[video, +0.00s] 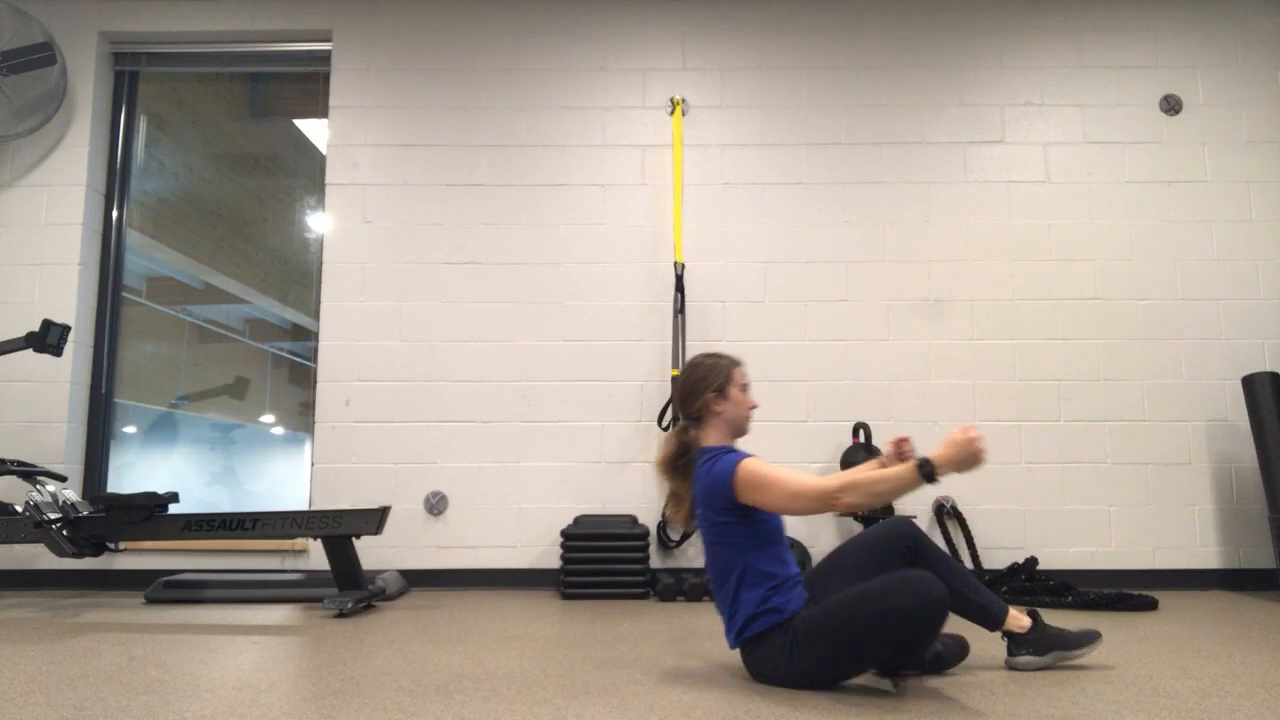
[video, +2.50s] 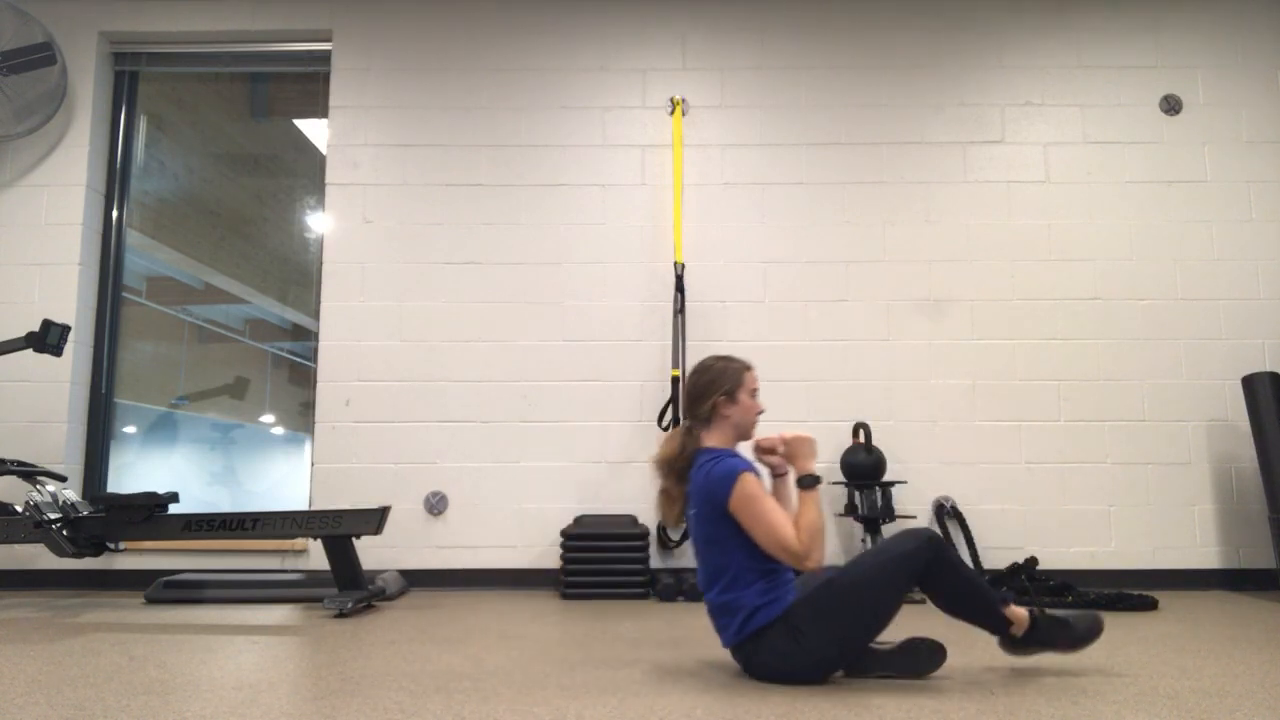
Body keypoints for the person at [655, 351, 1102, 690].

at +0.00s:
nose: (753, 401)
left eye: (749, 389)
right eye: (744, 391)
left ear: (715, 401)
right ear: (714, 402)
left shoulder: (723, 464)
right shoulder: (725, 470)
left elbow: (821, 494)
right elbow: (833, 498)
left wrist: (880, 467)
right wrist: (934, 466)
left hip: (790, 612)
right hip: (779, 644)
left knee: (900, 535)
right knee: (924, 590)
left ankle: (1019, 628)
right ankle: (905, 659)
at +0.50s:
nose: (617, 467)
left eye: (609, 459)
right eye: (605, 463)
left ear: (582, 485)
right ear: (581, 484)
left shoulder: (608, 535)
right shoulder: (613, 547)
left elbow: (705, 579)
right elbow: (720, 588)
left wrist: (706, 510)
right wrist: (723, 506)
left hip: (741, 624)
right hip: (750, 649)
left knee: (811, 482)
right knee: (842, 508)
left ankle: (950, 537)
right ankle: (921, 624)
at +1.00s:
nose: (500, 566)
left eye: (487, 565)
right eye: (484, 573)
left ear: (492, 605)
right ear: (484, 609)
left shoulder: (544, 615)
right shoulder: (546, 638)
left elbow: (644, 598)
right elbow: (652, 610)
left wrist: (578, 572)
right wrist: (578, 575)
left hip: (701, 604)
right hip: (714, 617)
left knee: (637, 461)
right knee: (634, 462)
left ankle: (743, 370)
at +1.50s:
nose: (502, 569)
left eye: (490, 566)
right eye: (487, 574)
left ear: (492, 607)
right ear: (482, 609)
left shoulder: (542, 621)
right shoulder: (542, 640)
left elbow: (641, 598)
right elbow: (646, 597)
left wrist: (570, 574)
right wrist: (571, 573)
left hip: (702, 604)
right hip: (708, 612)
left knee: (641, 454)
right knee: (639, 455)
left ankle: (766, 381)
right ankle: (766, 374)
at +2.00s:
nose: (654, 457)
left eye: (647, 448)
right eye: (641, 451)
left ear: (613, 469)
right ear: (610, 470)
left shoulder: (620, 525)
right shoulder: (630, 531)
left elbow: (721, 573)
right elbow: (735, 574)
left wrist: (687, 507)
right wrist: (695, 503)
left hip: (740, 638)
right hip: (753, 649)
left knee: (805, 505)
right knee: (839, 495)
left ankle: (869, 613)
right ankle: (975, 517)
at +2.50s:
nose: (761, 404)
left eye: (758, 393)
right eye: (753, 395)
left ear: (720, 403)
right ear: (723, 404)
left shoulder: (718, 466)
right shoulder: (723, 470)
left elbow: (791, 553)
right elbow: (805, 554)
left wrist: (780, 477)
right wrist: (806, 471)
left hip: (772, 632)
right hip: (778, 641)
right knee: (921, 545)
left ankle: (861, 654)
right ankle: (1017, 624)